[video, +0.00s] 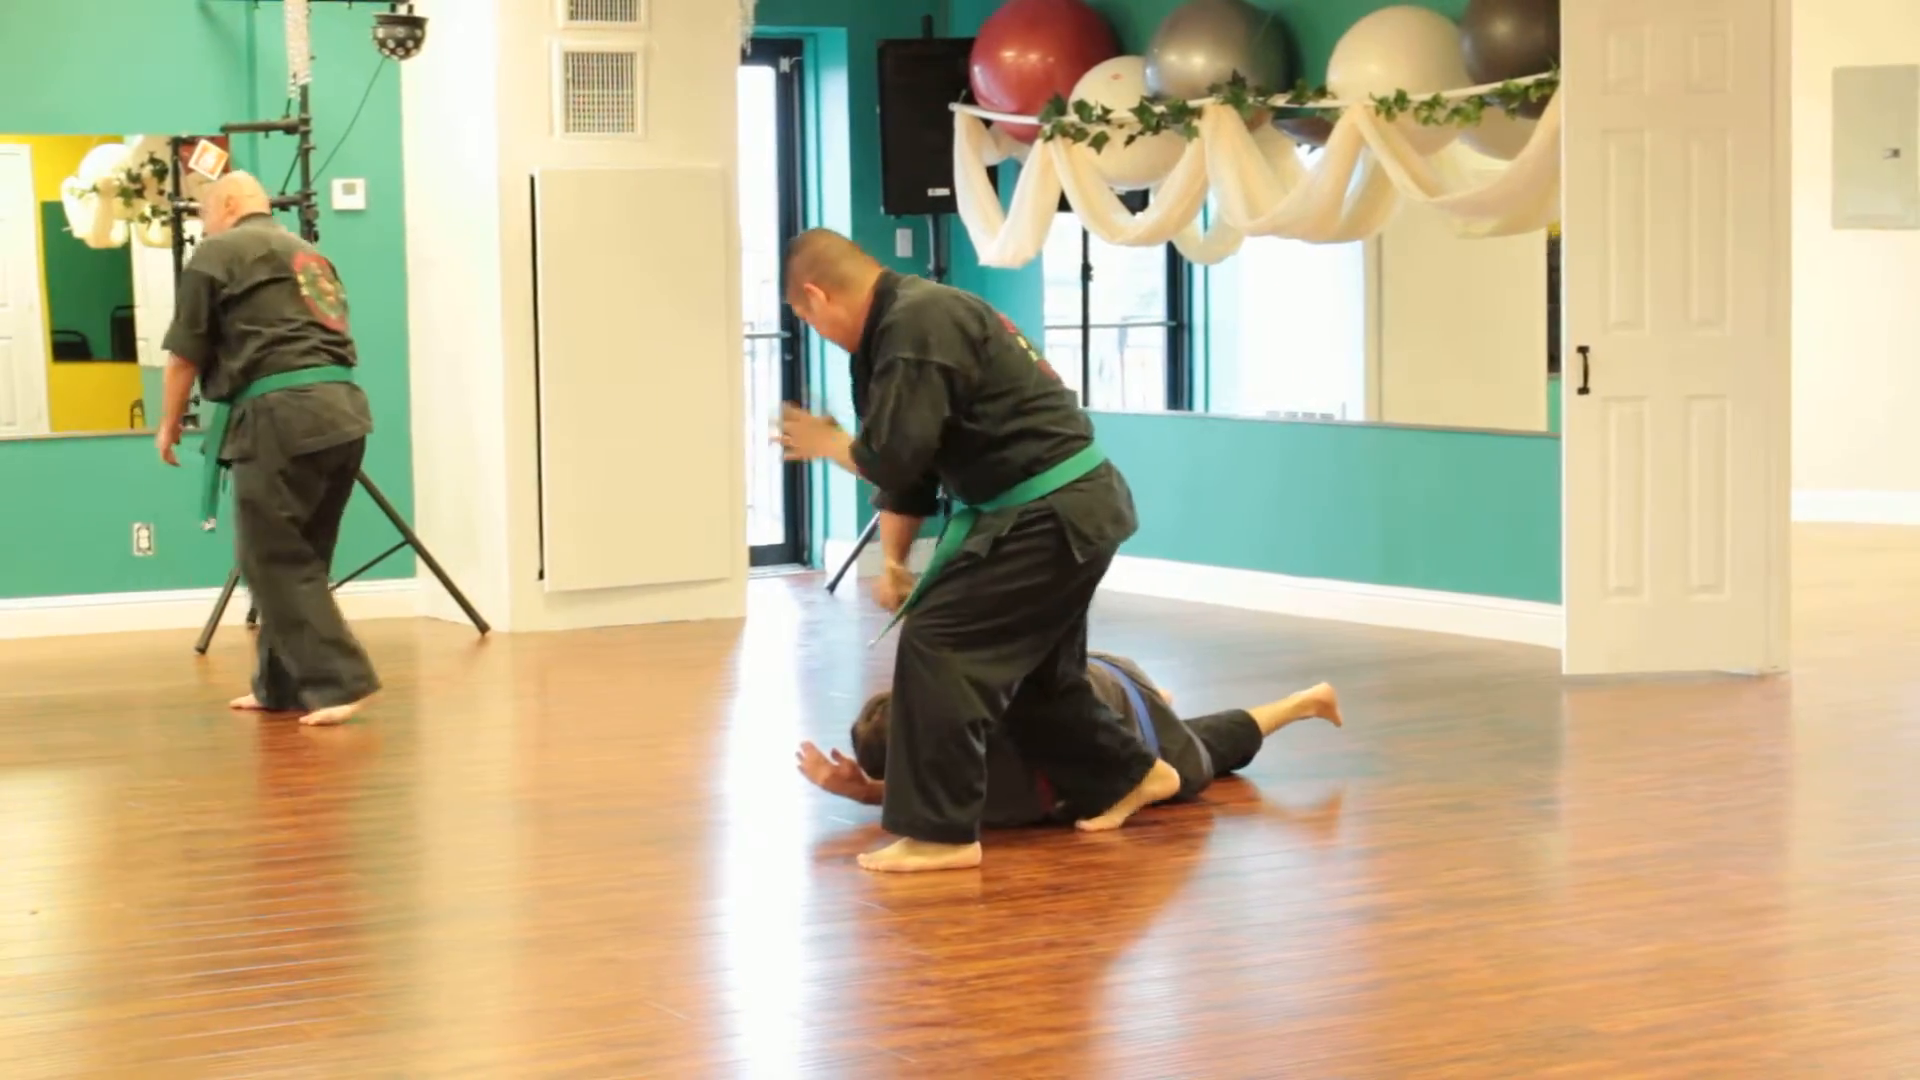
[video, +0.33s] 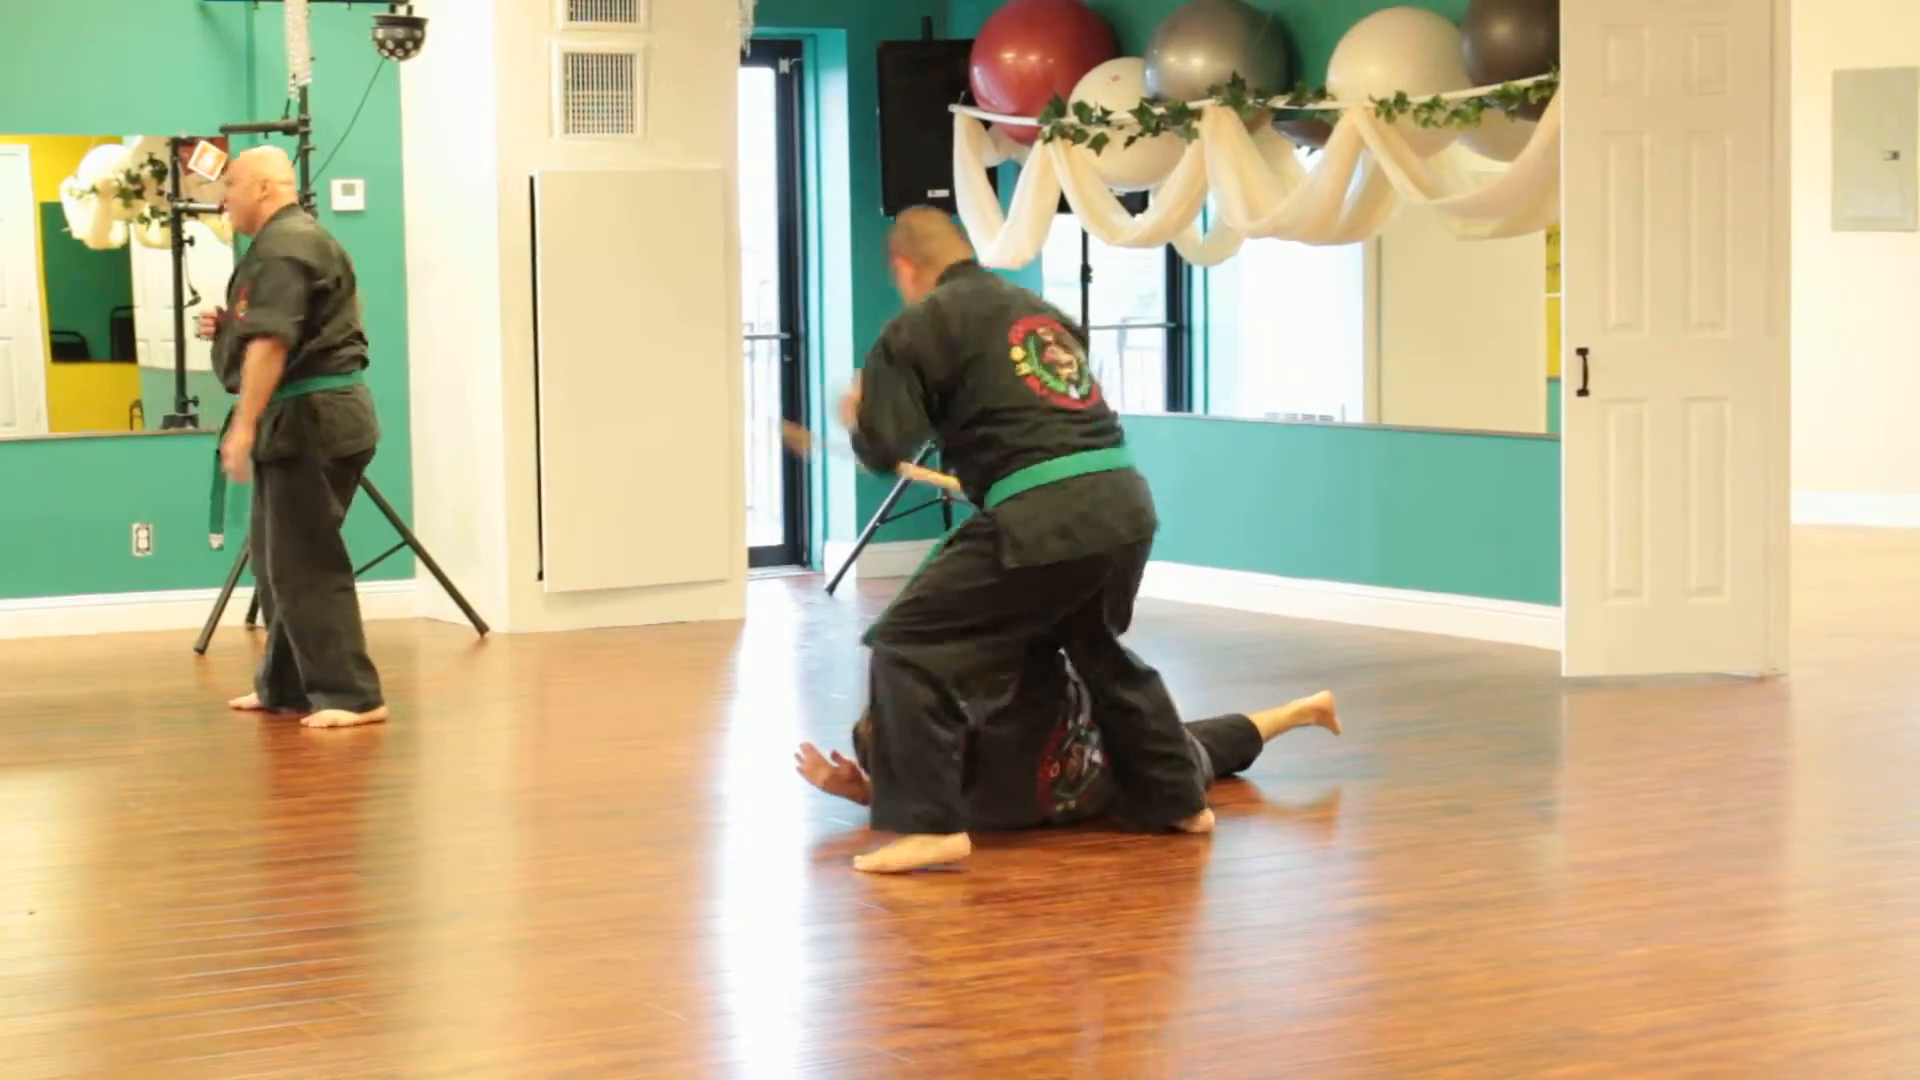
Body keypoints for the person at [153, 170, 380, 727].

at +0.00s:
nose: (202, 223)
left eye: (205, 212)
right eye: (201, 214)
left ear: (228, 206)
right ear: (260, 205)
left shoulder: (216, 253)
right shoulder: (306, 252)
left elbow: (184, 354)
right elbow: (321, 338)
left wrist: (170, 422)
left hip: (283, 411)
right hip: (344, 406)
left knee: (271, 556)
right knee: (304, 554)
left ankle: (340, 683)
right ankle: (279, 686)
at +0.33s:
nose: (224, 197)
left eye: (232, 185)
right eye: (225, 186)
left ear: (268, 189)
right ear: (273, 190)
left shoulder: (284, 244)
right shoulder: (299, 237)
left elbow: (271, 344)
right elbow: (292, 332)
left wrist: (242, 427)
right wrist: (232, 325)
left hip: (312, 418)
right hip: (306, 415)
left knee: (304, 559)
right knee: (278, 556)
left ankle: (352, 695)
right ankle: (285, 686)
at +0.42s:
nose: (226, 190)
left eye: (235, 179)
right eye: (228, 180)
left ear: (271, 184)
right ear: (273, 185)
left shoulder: (293, 242)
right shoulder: (278, 242)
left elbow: (299, 335)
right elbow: (280, 331)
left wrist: (278, 417)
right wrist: (229, 328)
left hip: (315, 415)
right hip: (295, 414)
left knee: (307, 557)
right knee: (272, 556)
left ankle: (352, 695)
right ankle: (285, 687)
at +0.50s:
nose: (228, 186)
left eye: (238, 176)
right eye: (231, 176)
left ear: (274, 181)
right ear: (273, 183)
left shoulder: (298, 236)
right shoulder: (271, 241)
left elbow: (315, 322)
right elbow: (277, 329)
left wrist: (319, 398)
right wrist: (229, 321)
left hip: (307, 415)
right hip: (278, 414)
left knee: (311, 555)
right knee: (267, 554)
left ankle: (356, 696)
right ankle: (286, 686)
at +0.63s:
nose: (226, 186)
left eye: (235, 175)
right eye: (227, 176)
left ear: (271, 180)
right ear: (268, 182)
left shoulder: (295, 235)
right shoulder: (265, 240)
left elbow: (320, 318)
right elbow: (275, 320)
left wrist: (347, 390)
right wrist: (227, 316)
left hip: (306, 414)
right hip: (269, 416)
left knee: (318, 556)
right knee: (254, 555)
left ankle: (359, 697)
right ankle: (249, 688)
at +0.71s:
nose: (217, 190)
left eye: (225, 178)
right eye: (218, 180)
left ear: (263, 183)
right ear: (261, 184)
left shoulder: (289, 240)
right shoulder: (257, 244)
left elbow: (316, 326)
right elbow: (262, 318)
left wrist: (338, 406)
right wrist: (215, 314)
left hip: (300, 417)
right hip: (260, 418)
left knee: (319, 558)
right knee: (247, 558)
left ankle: (362, 698)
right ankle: (215, 687)